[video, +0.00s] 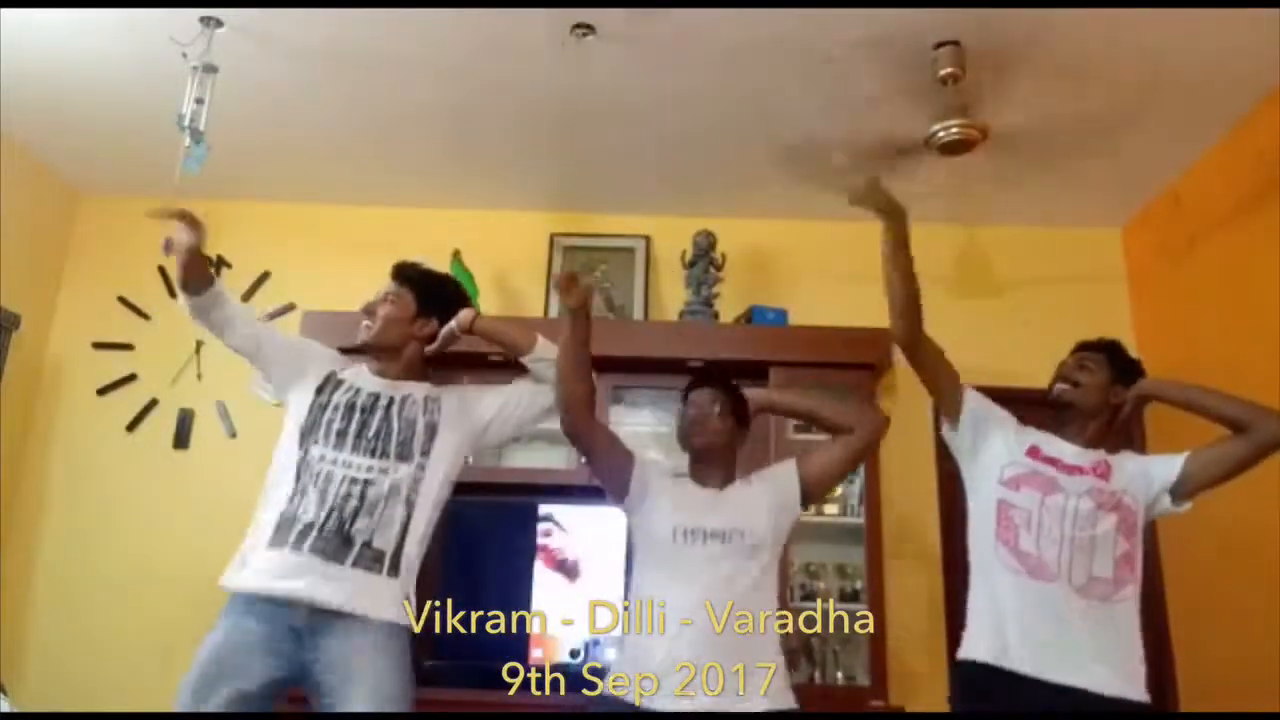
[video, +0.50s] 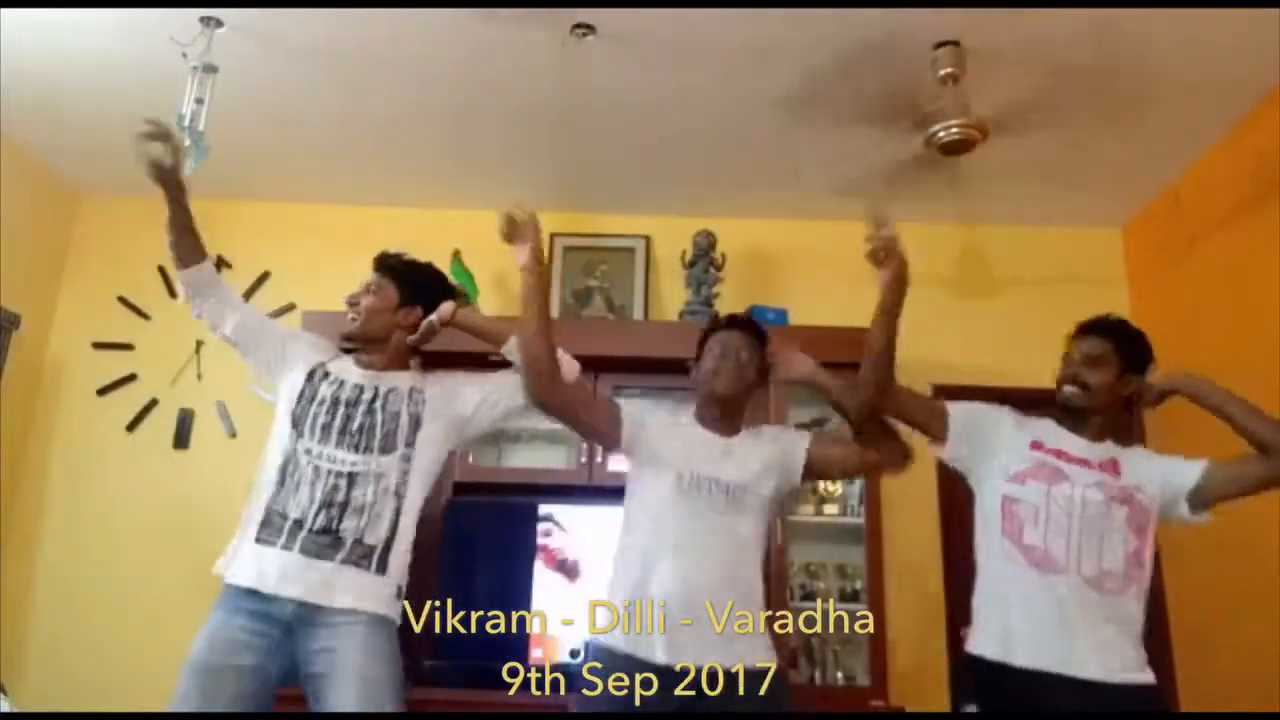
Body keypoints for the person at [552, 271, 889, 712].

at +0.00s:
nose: (698, 415)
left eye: (713, 408)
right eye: (689, 408)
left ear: (739, 424)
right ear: (678, 425)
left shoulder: (773, 493)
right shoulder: (647, 489)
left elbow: (869, 424)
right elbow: (578, 422)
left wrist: (765, 398)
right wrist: (577, 314)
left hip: (756, 701)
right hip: (651, 696)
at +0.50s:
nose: (722, 360)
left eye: (737, 354)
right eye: (714, 351)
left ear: (758, 376)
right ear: (694, 368)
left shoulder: (778, 449)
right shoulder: (646, 429)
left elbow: (889, 455)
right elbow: (545, 388)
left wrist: (818, 376)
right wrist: (532, 265)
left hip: (738, 677)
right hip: (630, 665)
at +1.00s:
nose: (787, 374)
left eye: (791, 363)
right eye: (769, 360)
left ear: (797, 376)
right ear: (729, 371)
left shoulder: (797, 475)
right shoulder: (686, 437)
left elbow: (804, 593)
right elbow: (603, 550)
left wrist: (814, 668)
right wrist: (640, 644)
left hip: (762, 688)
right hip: (670, 686)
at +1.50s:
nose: (842, 402)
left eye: (849, 390)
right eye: (829, 386)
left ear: (853, 399)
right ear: (784, 388)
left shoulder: (848, 495)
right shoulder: (733, 459)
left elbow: (889, 610)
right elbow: (690, 562)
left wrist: (979, 664)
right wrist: (607, 622)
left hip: (868, 691)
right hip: (779, 683)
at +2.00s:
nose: (728, 335)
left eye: (749, 324)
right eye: (722, 322)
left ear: (789, 350)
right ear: (709, 338)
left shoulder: (828, 444)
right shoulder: (679, 433)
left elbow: (879, 578)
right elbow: (639, 554)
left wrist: (871, 689)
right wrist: (623, 660)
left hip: (788, 692)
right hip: (678, 687)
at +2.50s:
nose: (604, 400)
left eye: (619, 387)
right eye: (605, 386)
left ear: (671, 393)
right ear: (647, 395)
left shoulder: (734, 462)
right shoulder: (611, 487)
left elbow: (801, 570)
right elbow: (526, 561)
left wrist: (908, 567)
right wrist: (434, 570)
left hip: (698, 695)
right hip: (600, 694)